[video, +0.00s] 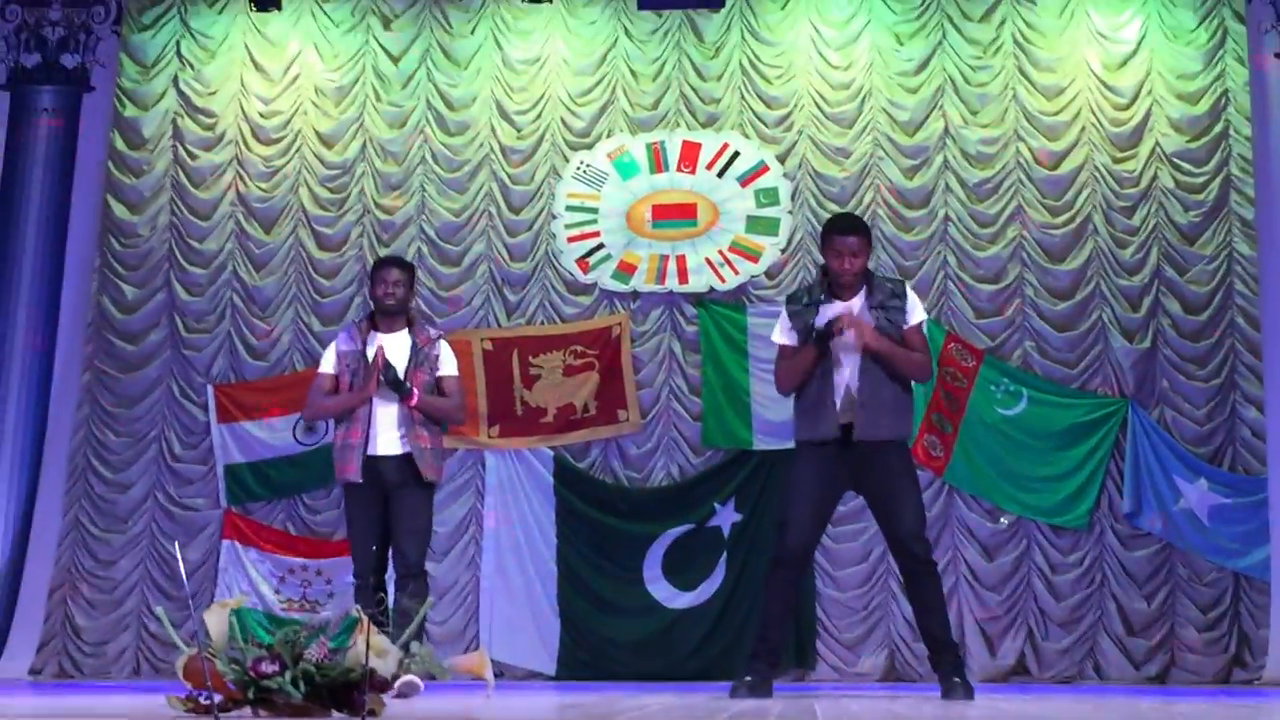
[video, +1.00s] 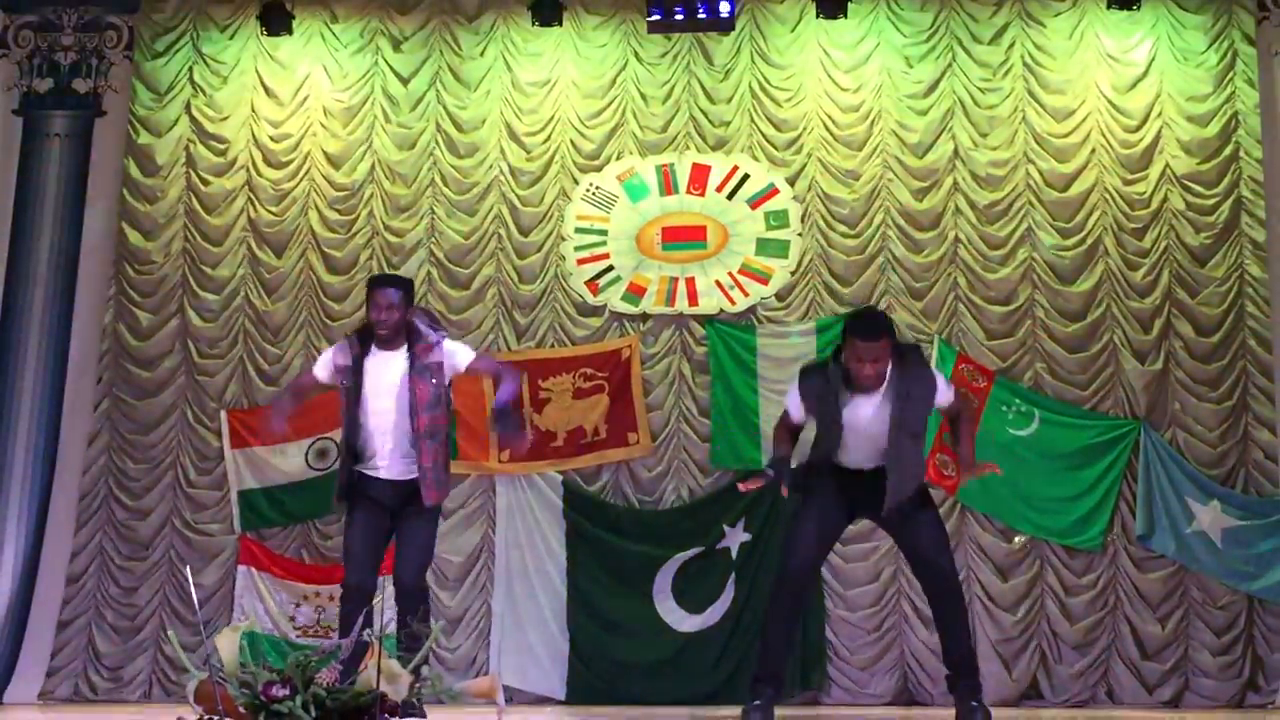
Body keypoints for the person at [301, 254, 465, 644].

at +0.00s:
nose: (390, 291)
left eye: (399, 285)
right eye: (383, 284)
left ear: (412, 292)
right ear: (371, 290)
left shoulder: (433, 343)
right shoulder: (345, 343)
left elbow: (456, 413)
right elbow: (313, 408)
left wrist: (411, 395)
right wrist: (363, 393)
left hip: (412, 467)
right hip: (361, 468)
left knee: (411, 566)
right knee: (367, 569)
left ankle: (407, 656)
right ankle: (371, 657)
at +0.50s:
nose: (401, 308)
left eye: (410, 301)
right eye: (394, 300)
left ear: (426, 307)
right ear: (385, 305)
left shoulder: (451, 359)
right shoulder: (365, 358)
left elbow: (476, 423)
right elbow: (342, 432)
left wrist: (438, 403)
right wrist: (357, 409)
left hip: (428, 490)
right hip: (377, 489)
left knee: (423, 589)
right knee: (371, 591)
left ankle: (421, 685)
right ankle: (387, 682)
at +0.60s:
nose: (393, 326)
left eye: (403, 318)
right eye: (386, 318)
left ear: (420, 326)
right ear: (378, 324)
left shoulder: (447, 378)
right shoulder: (361, 380)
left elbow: (465, 451)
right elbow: (349, 452)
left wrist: (433, 495)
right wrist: (353, 493)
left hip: (428, 503)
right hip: (379, 501)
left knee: (419, 593)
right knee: (364, 588)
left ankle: (418, 682)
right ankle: (369, 678)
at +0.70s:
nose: (385, 357)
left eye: (395, 349)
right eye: (378, 349)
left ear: (412, 358)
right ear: (369, 357)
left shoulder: (439, 407)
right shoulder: (352, 412)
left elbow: (464, 479)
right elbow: (330, 483)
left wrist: (474, 540)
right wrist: (307, 542)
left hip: (429, 513)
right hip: (377, 512)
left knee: (417, 593)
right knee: (358, 588)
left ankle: (414, 684)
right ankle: (350, 679)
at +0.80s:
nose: (381, 348)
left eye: (390, 340)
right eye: (374, 340)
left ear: (408, 347)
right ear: (365, 347)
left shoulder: (438, 394)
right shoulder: (347, 401)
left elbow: (488, 450)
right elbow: (297, 456)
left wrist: (530, 496)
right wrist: (247, 498)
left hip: (426, 512)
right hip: (374, 509)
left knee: (411, 592)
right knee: (354, 588)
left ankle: (411, 682)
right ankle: (347, 673)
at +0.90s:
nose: (381, 320)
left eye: (391, 312)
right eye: (375, 312)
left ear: (409, 317)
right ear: (367, 317)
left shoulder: (440, 359)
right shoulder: (347, 364)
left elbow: (507, 373)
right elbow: (285, 392)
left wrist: (538, 401)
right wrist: (227, 405)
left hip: (423, 500)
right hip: (370, 495)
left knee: (411, 588)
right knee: (355, 586)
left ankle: (412, 687)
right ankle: (343, 684)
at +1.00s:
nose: (382, 316)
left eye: (391, 308)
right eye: (375, 307)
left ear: (408, 312)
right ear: (366, 310)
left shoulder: (436, 350)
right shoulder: (348, 353)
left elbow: (508, 373)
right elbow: (298, 388)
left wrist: (502, 407)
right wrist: (277, 414)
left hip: (420, 491)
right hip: (368, 489)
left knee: (410, 583)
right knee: (355, 586)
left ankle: (413, 685)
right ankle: (346, 686)